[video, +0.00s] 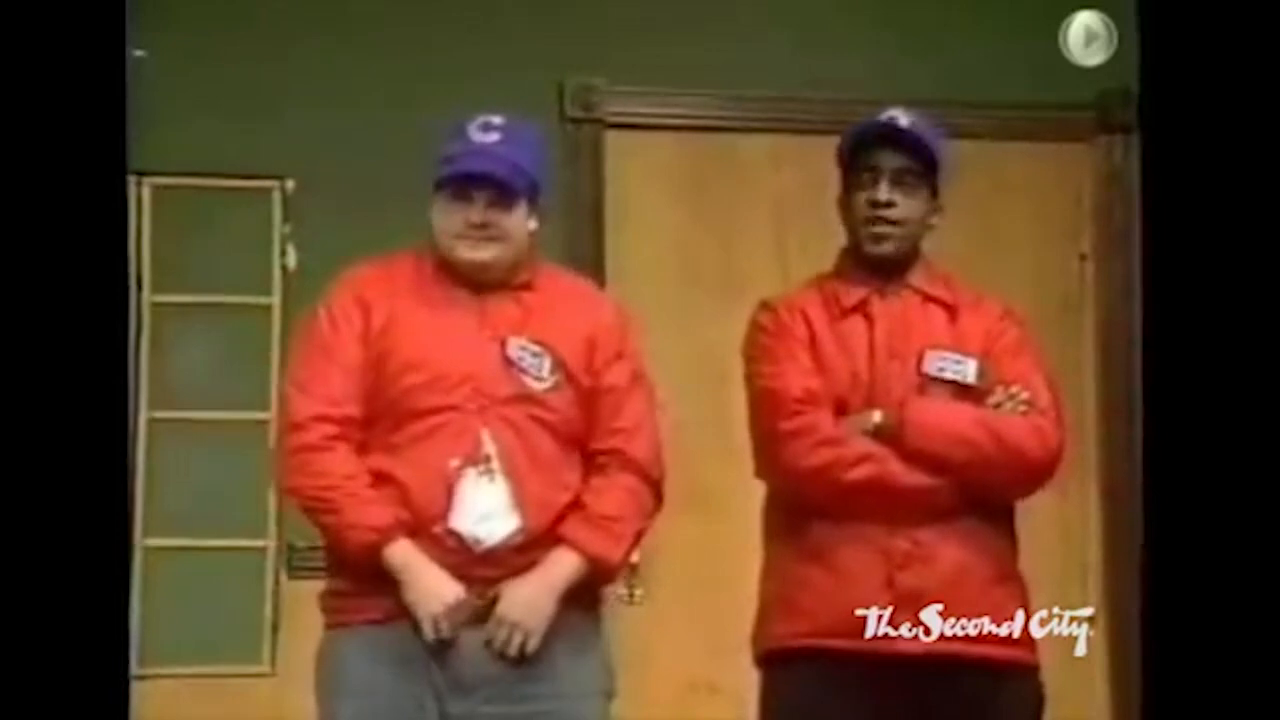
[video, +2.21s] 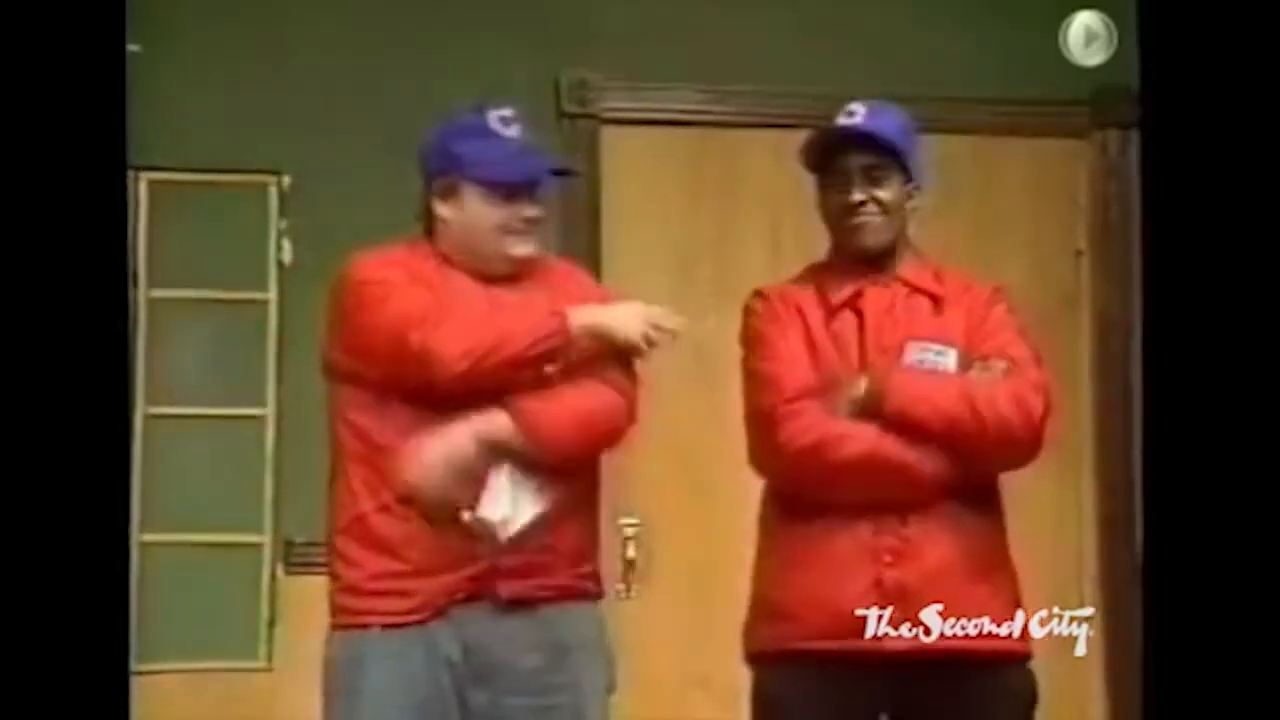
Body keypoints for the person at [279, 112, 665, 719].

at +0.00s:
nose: (478, 216)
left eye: (501, 201)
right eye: (460, 196)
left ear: (533, 217)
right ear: (434, 206)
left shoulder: (588, 314)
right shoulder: (365, 299)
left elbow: (631, 468)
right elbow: (311, 448)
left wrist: (550, 579)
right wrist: (406, 561)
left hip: (546, 629)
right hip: (382, 630)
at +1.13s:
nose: (553, 211)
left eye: (553, 194)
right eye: (530, 196)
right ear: (466, 208)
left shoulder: (595, 311)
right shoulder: (370, 302)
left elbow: (642, 462)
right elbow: (334, 450)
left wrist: (572, 576)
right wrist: (429, 559)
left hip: (554, 632)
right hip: (398, 632)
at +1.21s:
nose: (553, 211)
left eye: (553, 194)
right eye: (529, 196)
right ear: (464, 208)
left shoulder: (591, 310)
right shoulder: (377, 294)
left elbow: (642, 460)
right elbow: (362, 427)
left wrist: (572, 569)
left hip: (549, 631)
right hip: (396, 636)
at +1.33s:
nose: (553, 211)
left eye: (551, 193)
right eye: (527, 196)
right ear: (463, 209)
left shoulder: (587, 309)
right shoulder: (378, 286)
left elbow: (638, 461)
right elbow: (416, 393)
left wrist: (573, 573)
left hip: (546, 629)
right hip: (396, 637)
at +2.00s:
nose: (541, 215)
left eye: (544, 199)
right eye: (520, 200)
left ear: (552, 200)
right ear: (453, 208)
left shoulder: (569, 296)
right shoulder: (374, 283)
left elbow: (637, 441)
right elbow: (433, 370)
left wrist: (570, 540)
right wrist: (561, 322)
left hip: (547, 625)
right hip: (394, 633)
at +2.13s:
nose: (539, 212)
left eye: (541, 196)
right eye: (517, 197)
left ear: (550, 199)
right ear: (450, 206)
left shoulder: (572, 292)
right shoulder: (374, 283)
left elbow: (634, 418)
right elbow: (434, 362)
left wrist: (548, 486)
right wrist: (566, 320)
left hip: (549, 623)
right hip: (395, 631)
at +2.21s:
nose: (528, 210)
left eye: (534, 192)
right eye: (504, 194)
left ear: (547, 198)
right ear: (444, 202)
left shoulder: (571, 287)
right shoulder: (375, 280)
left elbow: (608, 403)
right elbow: (444, 354)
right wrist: (587, 324)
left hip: (547, 611)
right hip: (395, 620)